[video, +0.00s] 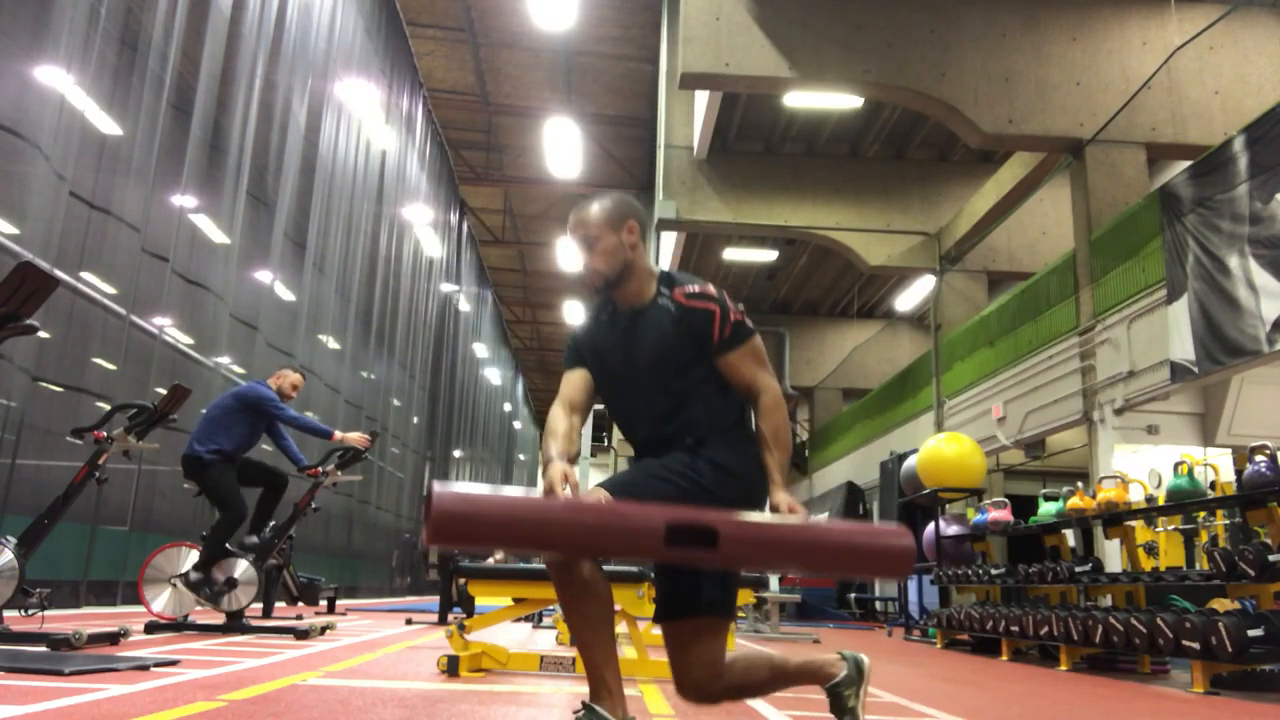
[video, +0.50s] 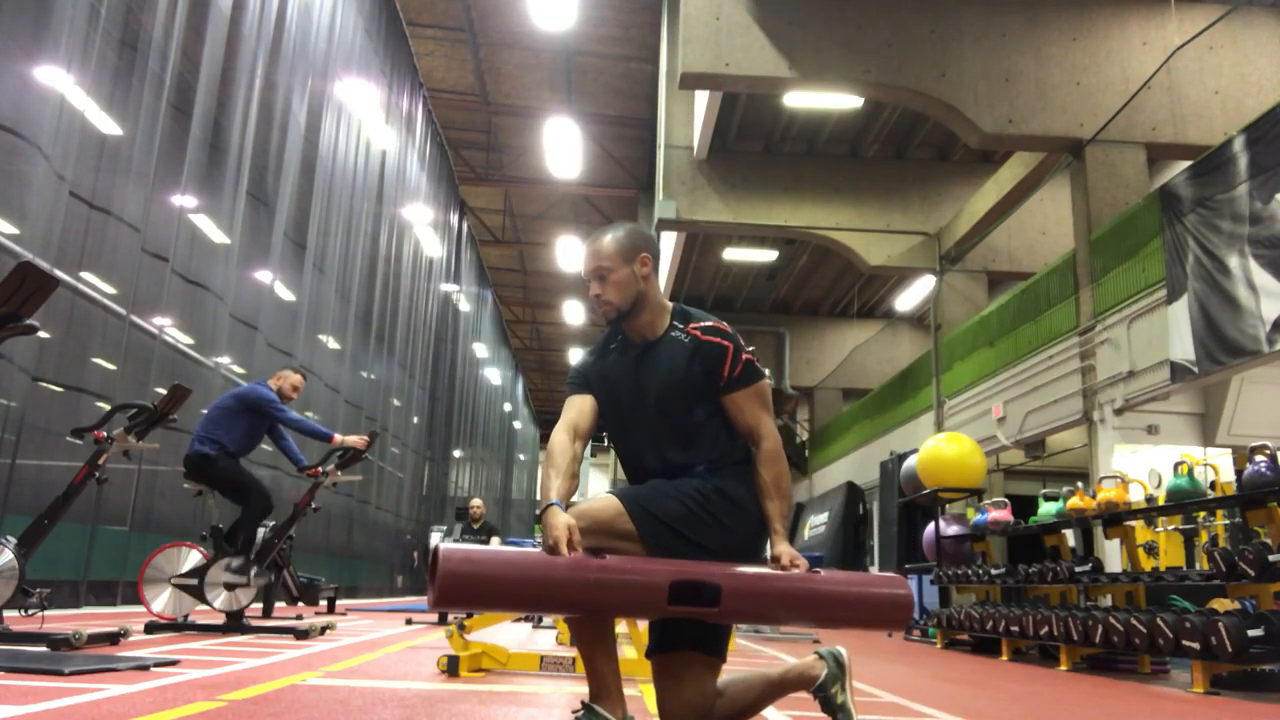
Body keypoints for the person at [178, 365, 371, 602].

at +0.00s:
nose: (295, 393)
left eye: (297, 391)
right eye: (293, 386)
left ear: (280, 384)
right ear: (276, 378)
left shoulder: (264, 402)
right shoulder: (258, 392)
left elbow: (280, 438)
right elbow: (294, 420)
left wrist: (305, 467)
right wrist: (341, 437)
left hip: (225, 460)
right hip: (204, 460)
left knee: (277, 479)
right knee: (235, 512)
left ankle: (252, 537)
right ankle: (198, 572)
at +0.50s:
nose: (294, 396)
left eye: (298, 393)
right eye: (293, 388)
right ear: (277, 379)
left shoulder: (267, 406)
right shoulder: (259, 393)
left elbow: (282, 439)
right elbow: (293, 420)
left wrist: (305, 467)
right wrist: (340, 439)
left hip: (218, 459)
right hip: (207, 458)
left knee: (260, 502)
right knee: (259, 501)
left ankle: (226, 547)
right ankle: (238, 561)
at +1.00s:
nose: (294, 396)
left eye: (298, 392)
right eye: (293, 388)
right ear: (278, 379)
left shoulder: (265, 403)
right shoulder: (260, 393)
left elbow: (280, 440)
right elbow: (295, 422)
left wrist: (304, 466)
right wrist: (340, 439)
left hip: (217, 460)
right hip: (205, 456)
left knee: (251, 515)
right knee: (261, 485)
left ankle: (236, 564)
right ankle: (209, 532)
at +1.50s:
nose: (295, 394)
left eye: (299, 391)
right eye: (294, 387)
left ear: (281, 384)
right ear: (279, 378)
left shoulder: (265, 401)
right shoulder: (259, 392)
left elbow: (279, 438)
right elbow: (295, 421)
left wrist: (304, 467)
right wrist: (341, 439)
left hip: (228, 462)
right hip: (207, 460)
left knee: (278, 477)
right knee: (232, 515)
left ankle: (242, 528)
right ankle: (209, 580)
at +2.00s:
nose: (294, 396)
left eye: (297, 393)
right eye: (293, 389)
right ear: (278, 379)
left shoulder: (265, 406)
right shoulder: (257, 393)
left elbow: (280, 440)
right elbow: (295, 422)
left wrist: (303, 467)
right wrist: (342, 439)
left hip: (212, 459)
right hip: (205, 456)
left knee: (252, 510)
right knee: (264, 481)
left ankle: (226, 544)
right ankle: (241, 544)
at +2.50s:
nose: (294, 398)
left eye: (298, 394)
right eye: (294, 390)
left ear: (285, 388)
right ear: (279, 380)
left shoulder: (265, 405)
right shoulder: (257, 393)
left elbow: (280, 441)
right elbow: (295, 422)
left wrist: (305, 469)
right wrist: (341, 439)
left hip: (220, 460)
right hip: (205, 458)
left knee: (262, 505)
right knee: (251, 498)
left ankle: (254, 561)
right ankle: (204, 540)